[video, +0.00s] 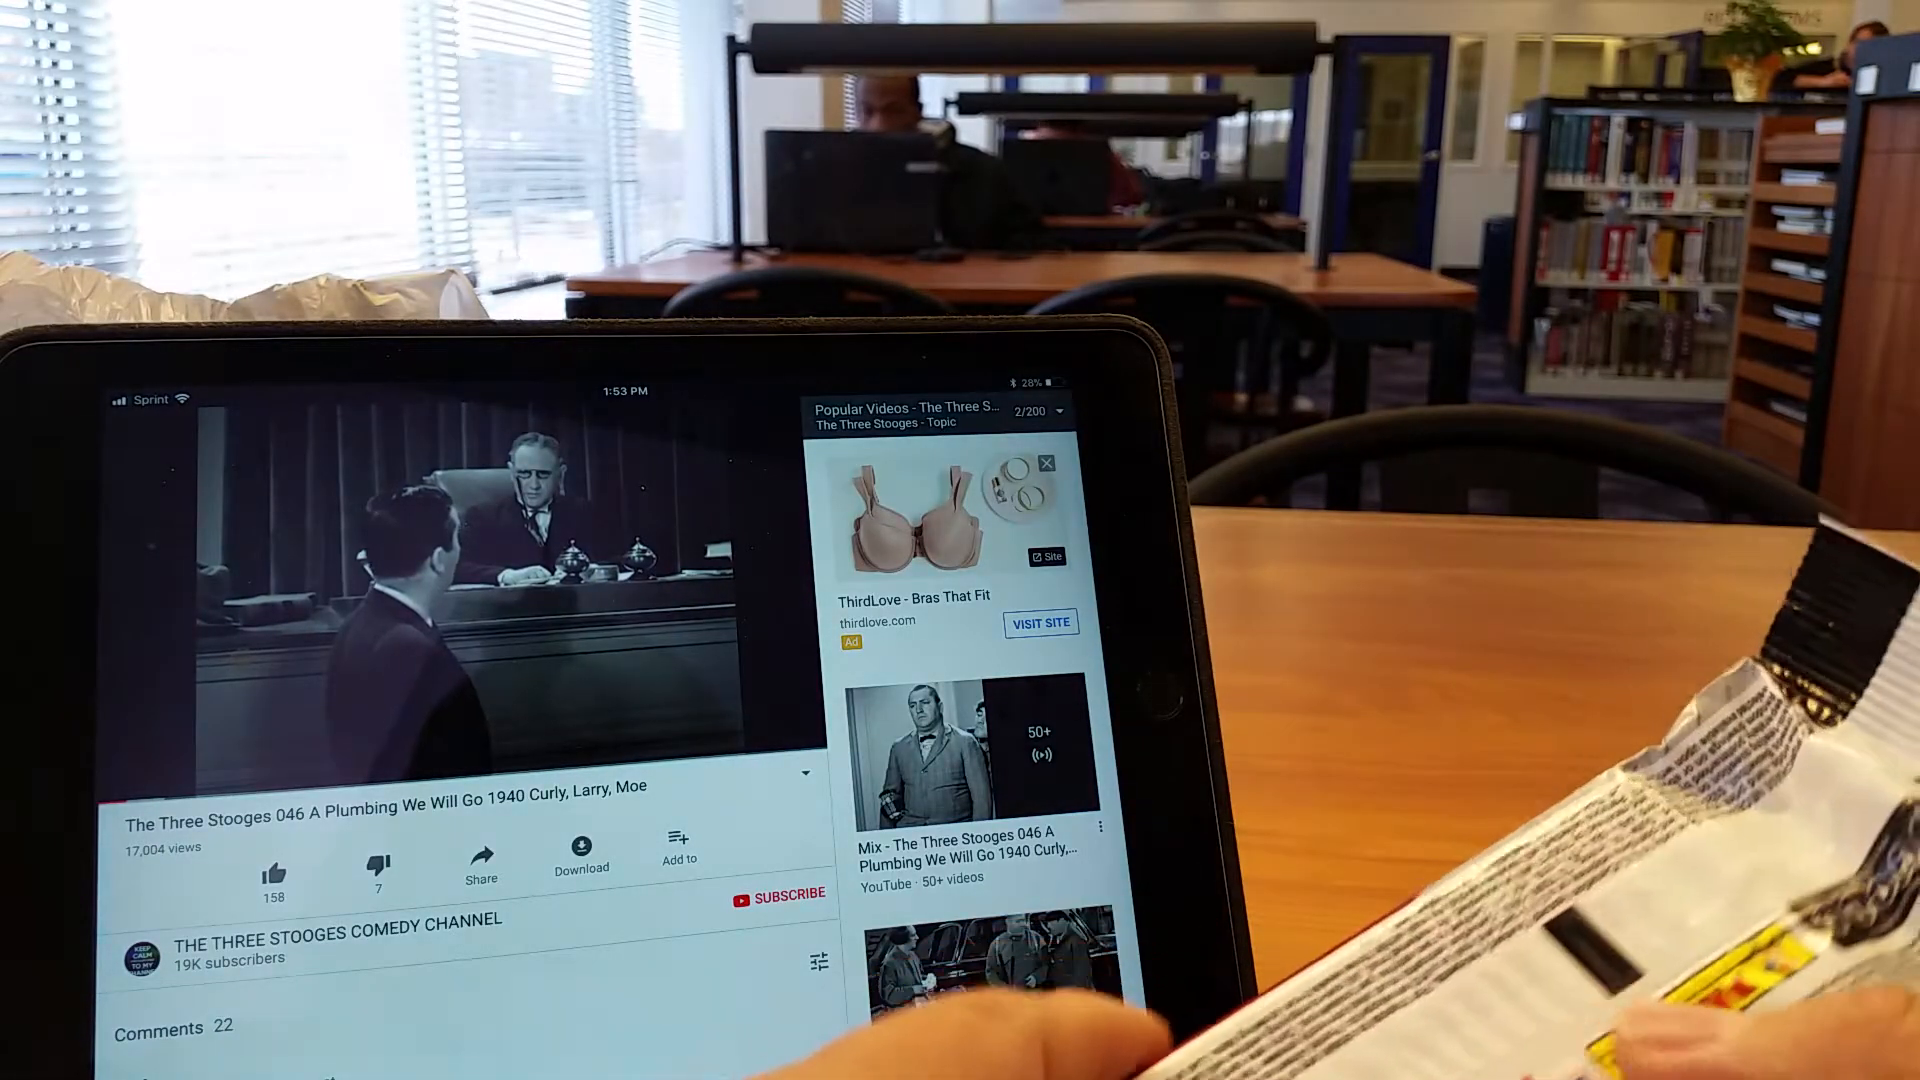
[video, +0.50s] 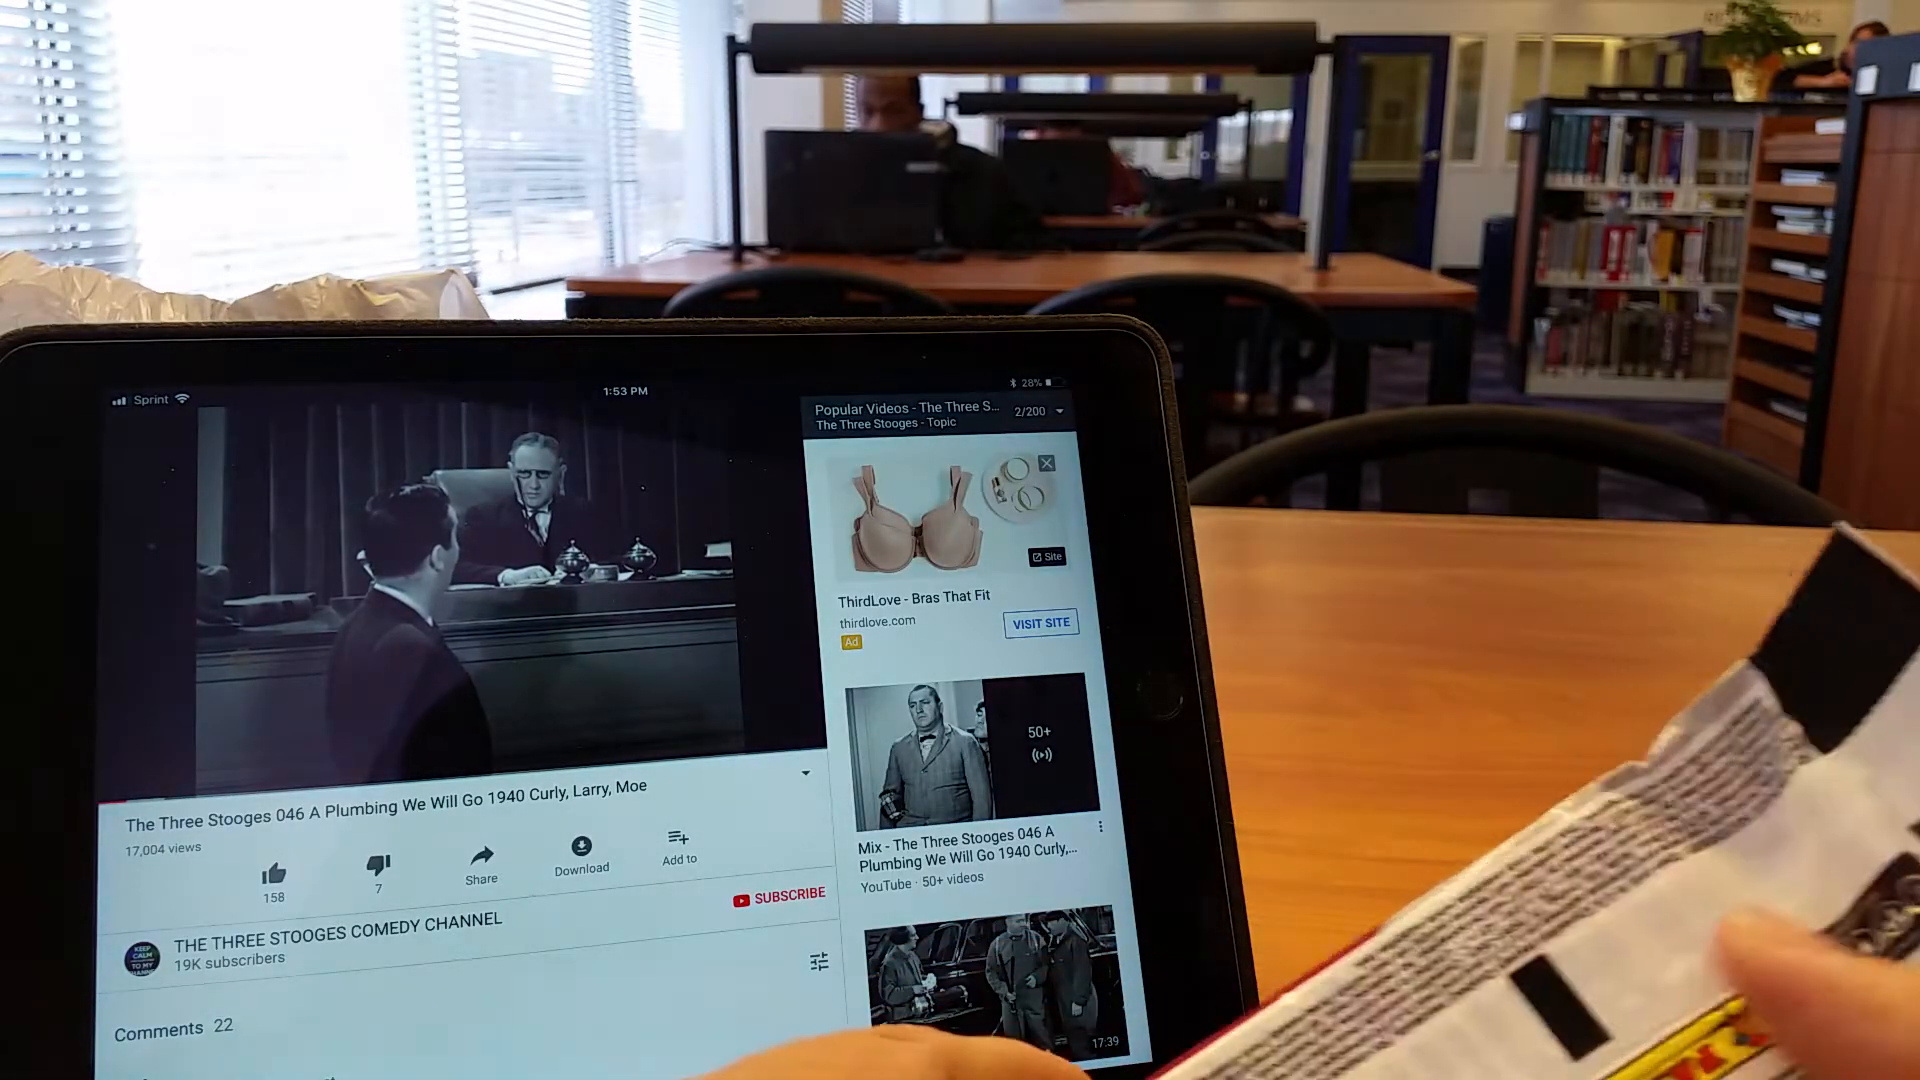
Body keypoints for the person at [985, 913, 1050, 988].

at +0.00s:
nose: (1019, 925)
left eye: (1021, 921)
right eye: (1015, 921)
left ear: (1026, 922)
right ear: (1007, 922)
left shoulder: (1037, 940)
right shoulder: (997, 943)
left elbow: (1045, 964)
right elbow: (990, 971)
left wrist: (1036, 978)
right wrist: (1003, 989)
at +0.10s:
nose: (1019, 925)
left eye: (1022, 921)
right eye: (1016, 921)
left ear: (1026, 922)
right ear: (1007, 923)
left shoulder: (1036, 939)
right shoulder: (997, 944)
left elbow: (1045, 964)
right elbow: (990, 972)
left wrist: (1036, 977)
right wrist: (1004, 992)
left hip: (1032, 997)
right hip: (1009, 999)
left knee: (1036, 1034)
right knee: (1011, 1037)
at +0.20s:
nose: (1021, 924)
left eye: (1023, 920)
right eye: (1016, 921)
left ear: (1026, 922)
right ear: (1007, 923)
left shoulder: (1036, 939)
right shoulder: (997, 944)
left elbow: (1045, 964)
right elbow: (990, 972)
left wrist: (1036, 977)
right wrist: (1004, 991)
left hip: (1033, 997)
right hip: (1010, 998)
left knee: (1038, 1033)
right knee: (1013, 1037)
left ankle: (1045, 1065)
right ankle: (1018, 1068)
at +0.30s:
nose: (1021, 924)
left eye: (1023, 920)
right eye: (1017, 921)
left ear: (1027, 922)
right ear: (1007, 923)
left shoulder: (1036, 939)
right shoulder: (997, 944)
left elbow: (1045, 964)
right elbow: (990, 972)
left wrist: (1036, 977)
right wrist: (1004, 991)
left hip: (1033, 998)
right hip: (1010, 999)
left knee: (1039, 1034)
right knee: (1013, 1038)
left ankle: (1046, 1068)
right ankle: (1017, 1070)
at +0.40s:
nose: (1021, 924)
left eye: (1023, 920)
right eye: (1016, 921)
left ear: (1026, 922)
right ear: (1007, 923)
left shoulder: (1036, 940)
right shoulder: (997, 944)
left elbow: (1045, 964)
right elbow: (990, 972)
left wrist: (1036, 977)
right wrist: (1005, 993)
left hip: (1033, 997)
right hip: (1010, 999)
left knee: (1038, 1033)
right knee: (1012, 1036)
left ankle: (1047, 1065)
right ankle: (1015, 1067)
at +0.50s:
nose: (1022, 924)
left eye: (1024, 920)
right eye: (1018, 921)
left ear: (1027, 922)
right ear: (1008, 923)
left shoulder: (1036, 939)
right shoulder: (997, 944)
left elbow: (1046, 964)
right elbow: (990, 972)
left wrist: (1036, 977)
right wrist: (1004, 992)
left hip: (1033, 997)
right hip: (1010, 1000)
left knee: (1038, 1033)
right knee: (1013, 1038)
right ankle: (1015, 1065)